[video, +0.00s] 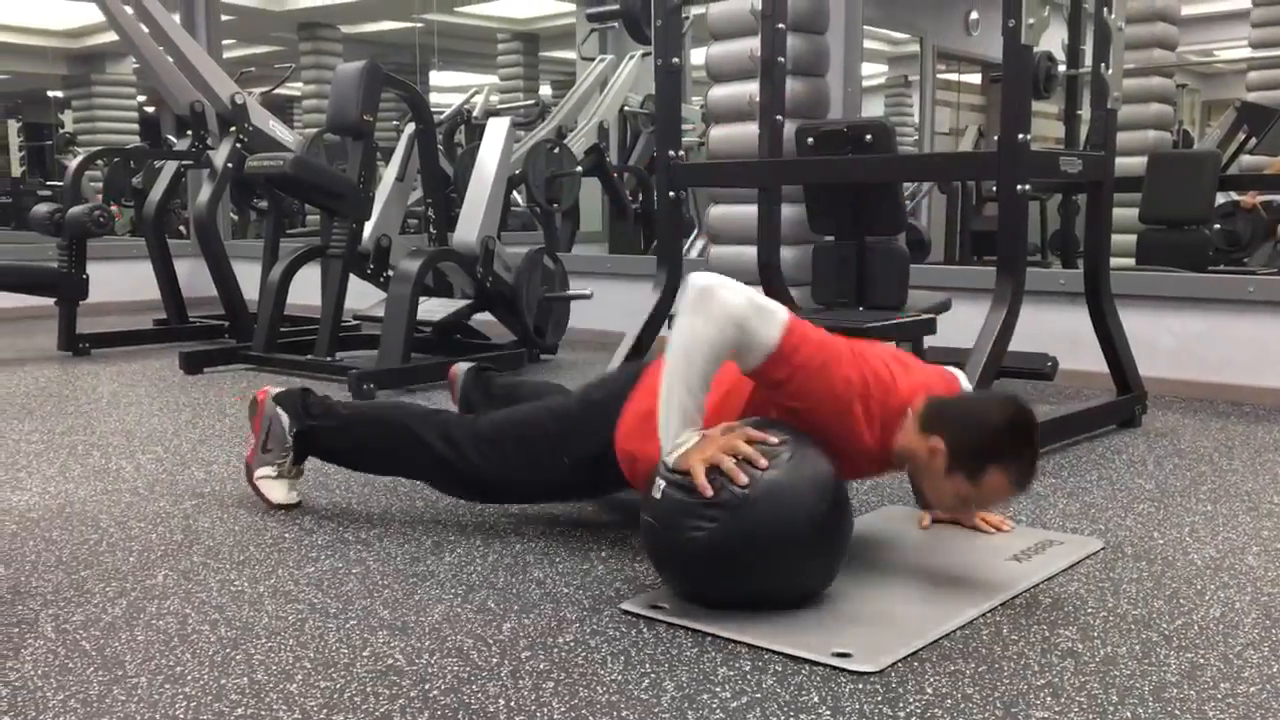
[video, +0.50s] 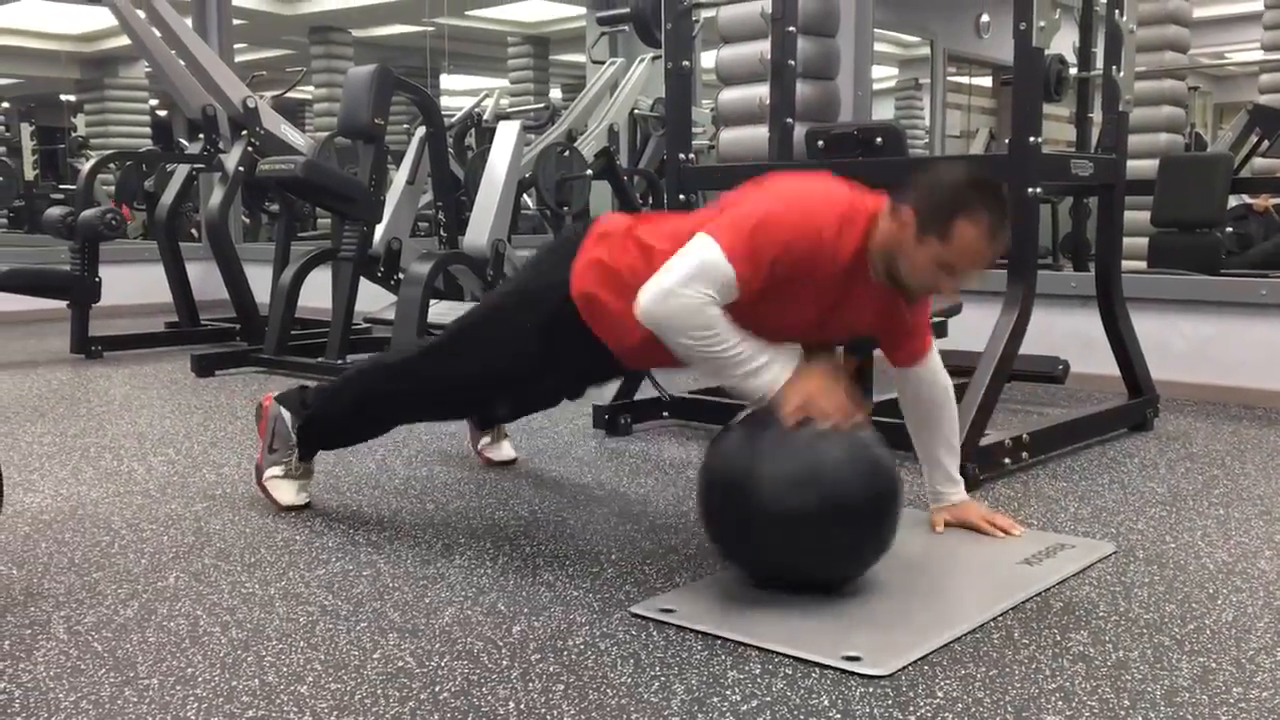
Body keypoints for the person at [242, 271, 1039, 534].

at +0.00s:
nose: (967, 511)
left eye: (983, 505)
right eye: (967, 497)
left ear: (955, 448)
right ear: (928, 448)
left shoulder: (939, 401)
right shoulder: (848, 384)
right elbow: (708, 296)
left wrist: (962, 501)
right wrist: (678, 436)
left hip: (686, 402)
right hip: (643, 411)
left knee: (533, 418)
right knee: (469, 457)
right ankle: (294, 416)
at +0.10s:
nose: (959, 543)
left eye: (975, 538)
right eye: (966, 531)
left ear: (958, 472)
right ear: (940, 480)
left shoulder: (941, 419)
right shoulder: (849, 404)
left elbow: (957, 384)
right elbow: (739, 305)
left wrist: (904, 467)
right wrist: (691, 442)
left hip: (684, 446)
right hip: (649, 441)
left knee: (573, 421)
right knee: (475, 462)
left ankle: (480, 383)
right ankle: (306, 416)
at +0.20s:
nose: (981, 525)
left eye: (997, 518)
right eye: (983, 511)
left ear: (958, 453)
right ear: (944, 459)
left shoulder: (943, 410)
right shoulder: (860, 394)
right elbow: (734, 306)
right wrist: (688, 447)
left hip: (681, 436)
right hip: (645, 427)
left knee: (544, 428)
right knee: (477, 457)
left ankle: (472, 385)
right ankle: (305, 415)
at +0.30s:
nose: (976, 470)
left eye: (996, 462)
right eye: (984, 451)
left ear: (964, 408)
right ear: (952, 400)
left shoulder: (921, 379)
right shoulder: (855, 355)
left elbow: (943, 419)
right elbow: (702, 299)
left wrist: (949, 493)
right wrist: (689, 441)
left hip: (663, 399)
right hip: (631, 379)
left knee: (504, 412)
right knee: (472, 431)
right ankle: (298, 419)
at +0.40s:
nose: (975, 384)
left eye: (987, 373)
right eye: (974, 366)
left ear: (951, 330)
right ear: (930, 321)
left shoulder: (925, 329)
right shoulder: (822, 291)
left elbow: (944, 398)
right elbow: (674, 300)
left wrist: (947, 492)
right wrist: (703, 434)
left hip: (654, 388)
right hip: (614, 334)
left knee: (551, 406)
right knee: (459, 398)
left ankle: (484, 419)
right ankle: (295, 417)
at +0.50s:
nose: (954, 290)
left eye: (969, 278)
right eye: (953, 268)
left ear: (947, 256)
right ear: (905, 223)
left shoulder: (897, 291)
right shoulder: (803, 218)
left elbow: (925, 383)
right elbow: (668, 305)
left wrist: (949, 492)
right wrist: (781, 377)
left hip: (639, 333)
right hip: (595, 283)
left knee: (527, 385)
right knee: (452, 369)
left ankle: (481, 417)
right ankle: (294, 418)